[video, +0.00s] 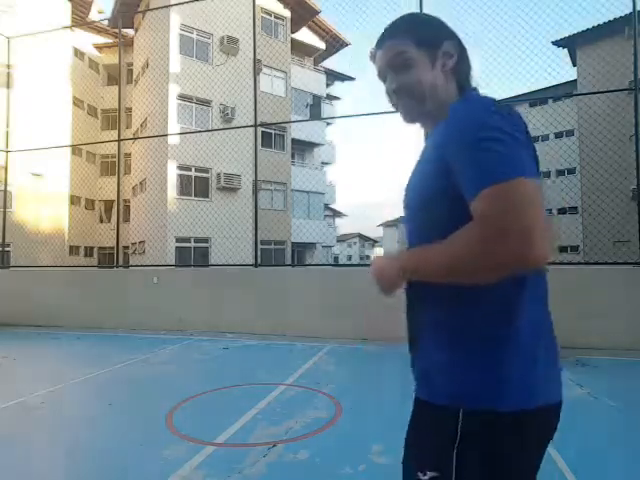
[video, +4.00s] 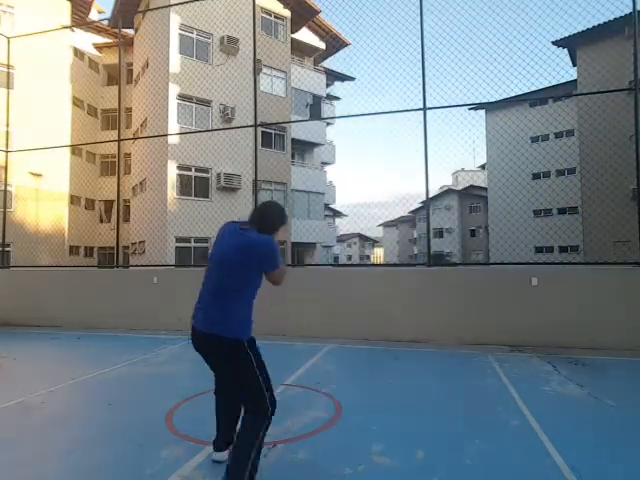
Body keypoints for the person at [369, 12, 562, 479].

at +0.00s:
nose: (390, 88)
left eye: (400, 69)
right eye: (384, 79)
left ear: (446, 59)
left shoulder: (477, 121)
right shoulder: (453, 132)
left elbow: (521, 240)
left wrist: (404, 265)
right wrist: (411, 259)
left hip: (486, 400)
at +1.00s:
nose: (405, 145)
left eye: (403, 135)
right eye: (403, 137)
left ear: (414, 124)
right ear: (459, 121)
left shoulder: (414, 162)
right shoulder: (516, 172)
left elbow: (391, 270)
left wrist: (371, 250)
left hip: (438, 396)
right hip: (520, 396)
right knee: (522, 472)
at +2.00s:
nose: (433, 145)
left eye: (433, 136)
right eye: (433, 137)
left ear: (441, 136)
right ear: (488, 137)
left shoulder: (421, 180)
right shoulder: (529, 188)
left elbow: (376, 267)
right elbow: (524, 263)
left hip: (436, 385)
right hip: (513, 385)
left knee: (429, 473)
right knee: (521, 474)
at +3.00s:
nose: (356, 187)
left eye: (357, 182)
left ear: (359, 184)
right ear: (396, 188)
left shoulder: (331, 215)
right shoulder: (413, 228)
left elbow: (307, 283)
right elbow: (407, 287)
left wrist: (337, 263)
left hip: (331, 356)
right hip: (386, 360)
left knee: (308, 430)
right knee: (395, 451)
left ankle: (313, 476)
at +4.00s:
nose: (279, 235)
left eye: (280, 231)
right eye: (279, 231)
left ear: (254, 217)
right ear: (273, 227)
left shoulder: (227, 230)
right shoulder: (265, 246)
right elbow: (276, 278)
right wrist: (276, 252)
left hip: (202, 331)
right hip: (232, 337)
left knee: (227, 382)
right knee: (262, 406)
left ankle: (223, 446)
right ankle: (240, 474)